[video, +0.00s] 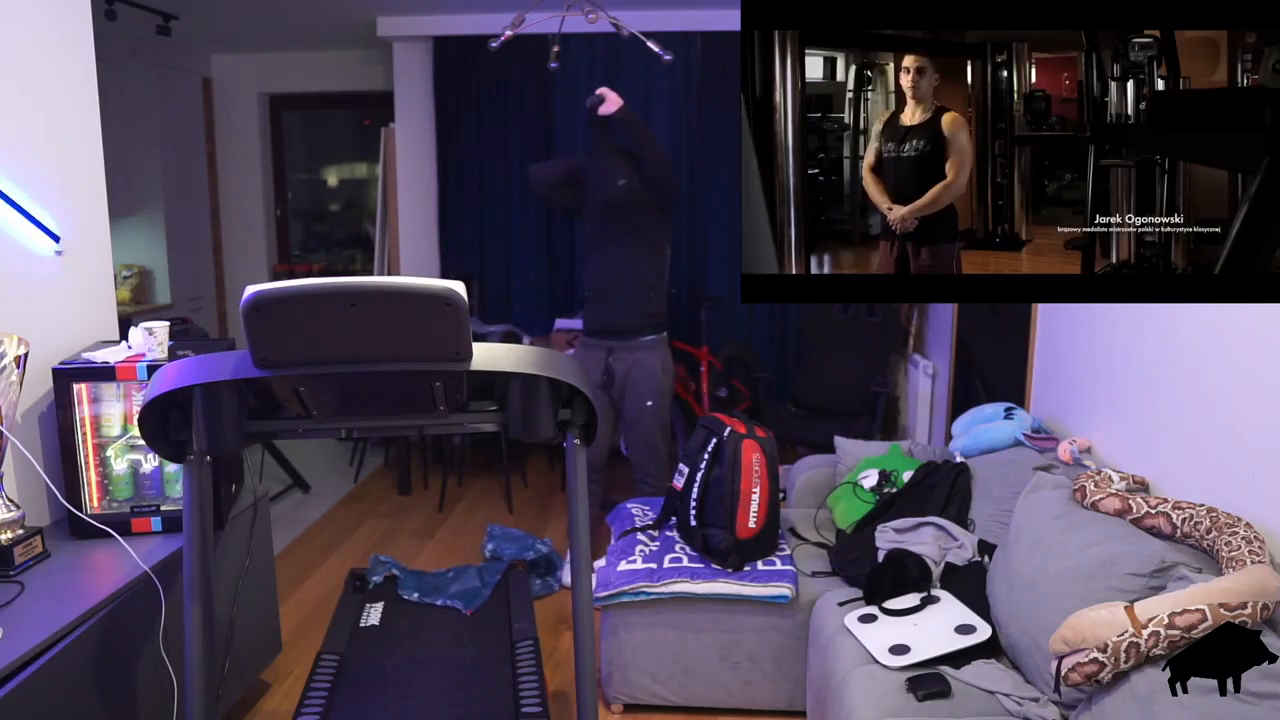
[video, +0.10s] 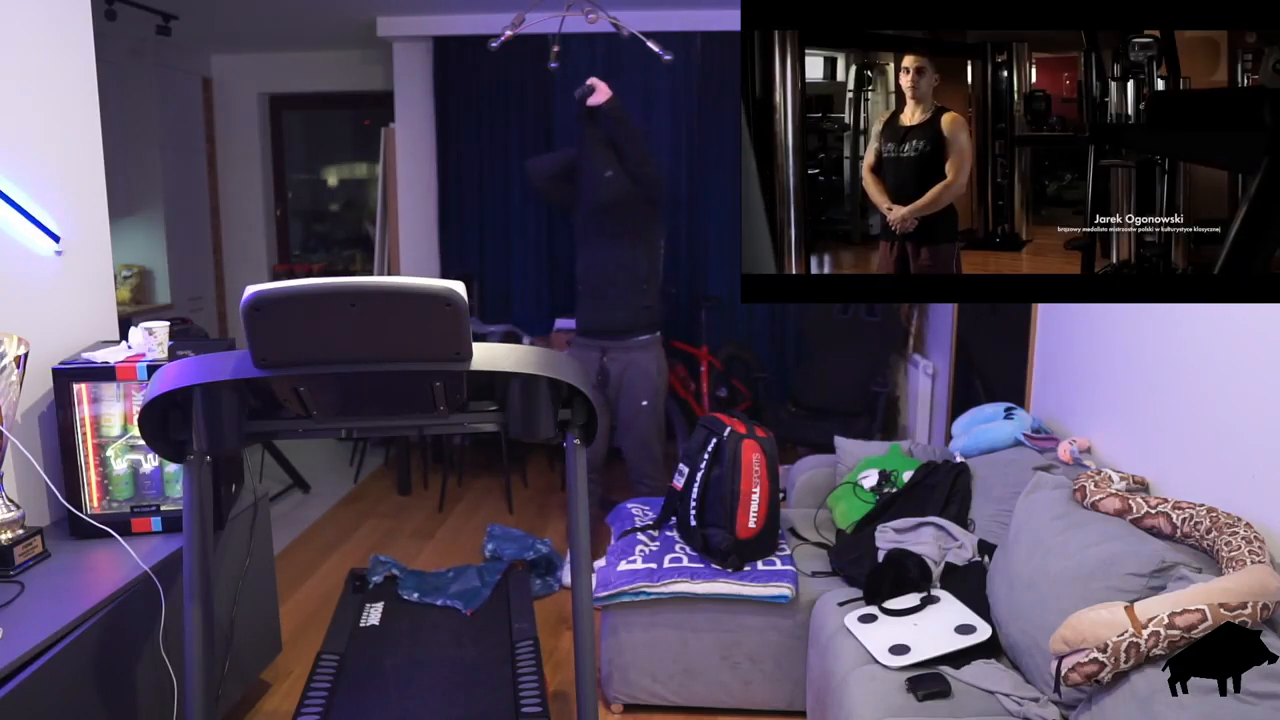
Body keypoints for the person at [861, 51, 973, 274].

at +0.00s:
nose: (912, 77)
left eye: (920, 71)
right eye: (906, 71)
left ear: (935, 79)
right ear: (900, 78)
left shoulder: (951, 122)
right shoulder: (885, 122)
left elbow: (957, 183)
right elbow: (867, 171)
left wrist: (909, 212)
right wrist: (892, 213)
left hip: (935, 239)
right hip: (892, 238)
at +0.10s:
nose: (911, 78)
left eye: (920, 71)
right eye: (906, 71)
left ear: (935, 79)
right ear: (899, 78)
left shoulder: (951, 123)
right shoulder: (885, 122)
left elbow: (957, 183)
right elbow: (867, 171)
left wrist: (909, 212)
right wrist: (892, 213)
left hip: (934, 239)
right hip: (891, 238)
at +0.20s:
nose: (911, 78)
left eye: (920, 72)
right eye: (906, 71)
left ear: (935, 80)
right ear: (899, 78)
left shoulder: (951, 123)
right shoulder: (885, 122)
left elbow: (957, 183)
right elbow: (867, 171)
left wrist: (908, 212)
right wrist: (892, 213)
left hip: (934, 239)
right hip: (891, 238)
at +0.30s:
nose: (911, 78)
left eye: (919, 72)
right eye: (905, 72)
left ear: (934, 80)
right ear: (899, 78)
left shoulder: (950, 122)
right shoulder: (885, 122)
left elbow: (957, 183)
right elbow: (867, 171)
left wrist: (908, 212)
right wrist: (892, 213)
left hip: (934, 239)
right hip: (891, 238)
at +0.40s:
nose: (911, 78)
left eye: (919, 72)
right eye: (905, 72)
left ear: (934, 80)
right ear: (898, 78)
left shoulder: (950, 123)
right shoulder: (885, 122)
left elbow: (956, 183)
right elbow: (867, 171)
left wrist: (908, 212)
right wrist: (892, 214)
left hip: (934, 239)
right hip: (891, 238)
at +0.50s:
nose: (910, 79)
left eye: (919, 72)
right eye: (905, 72)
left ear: (934, 80)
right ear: (898, 78)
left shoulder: (950, 123)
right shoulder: (884, 123)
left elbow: (956, 183)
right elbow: (867, 171)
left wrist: (908, 212)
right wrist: (891, 214)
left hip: (934, 240)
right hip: (891, 238)